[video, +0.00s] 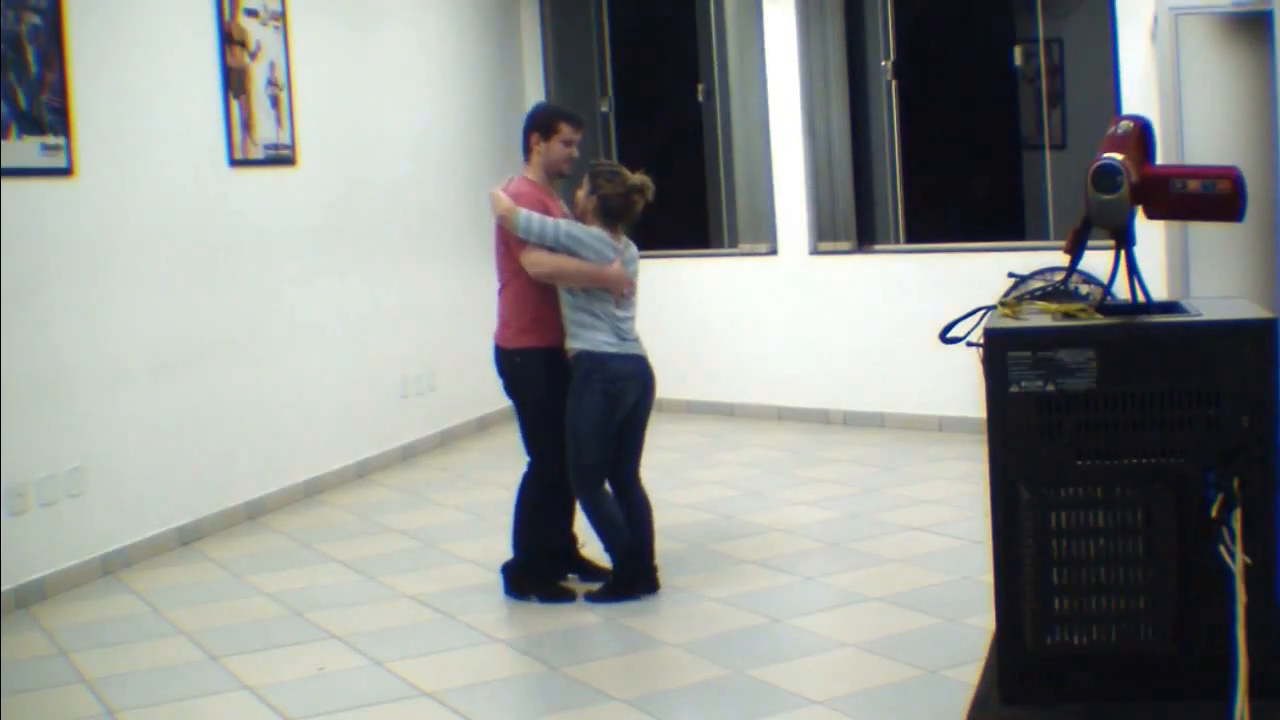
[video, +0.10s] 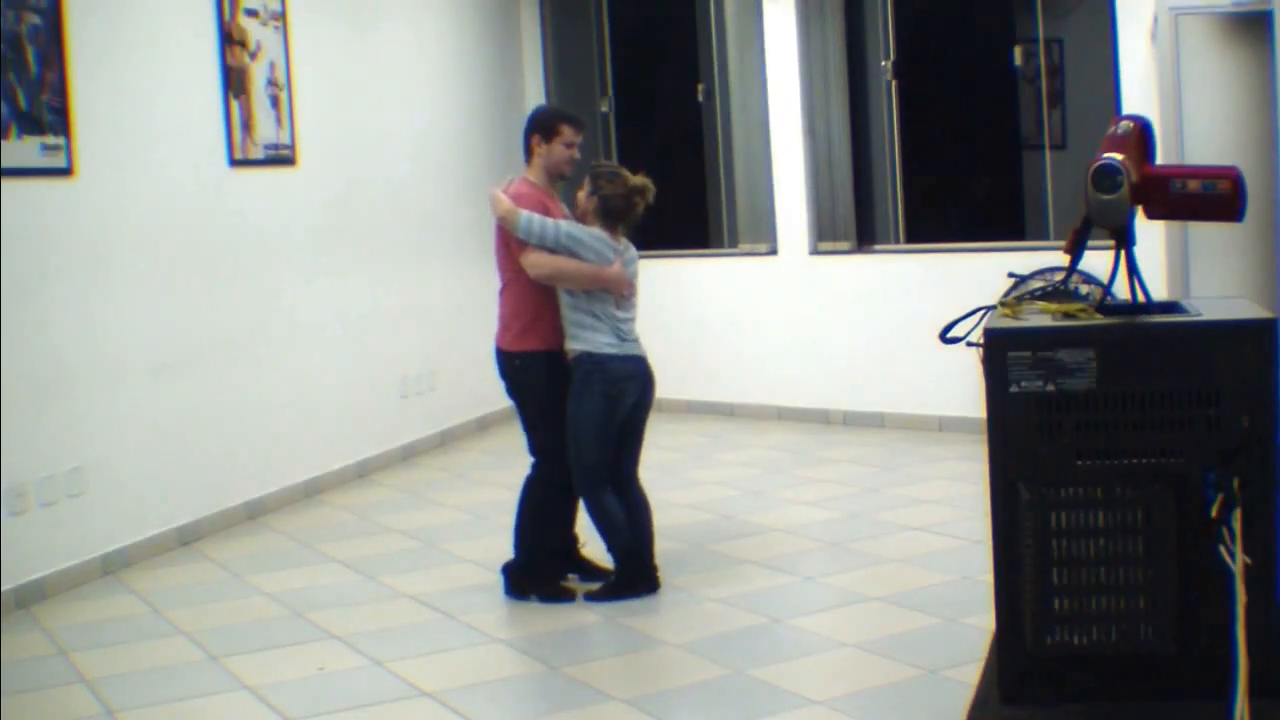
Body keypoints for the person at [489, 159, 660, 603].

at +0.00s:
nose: (575, 194)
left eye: (581, 189)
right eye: (578, 187)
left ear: (591, 201)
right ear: (624, 208)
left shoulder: (583, 239)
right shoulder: (628, 251)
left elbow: (511, 217)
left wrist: (497, 192)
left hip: (597, 371)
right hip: (636, 371)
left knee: (586, 478)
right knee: (625, 474)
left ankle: (630, 572)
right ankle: (642, 569)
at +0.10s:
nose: (576, 196)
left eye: (581, 190)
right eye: (579, 188)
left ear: (592, 202)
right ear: (624, 209)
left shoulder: (583, 239)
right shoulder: (627, 252)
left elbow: (511, 218)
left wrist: (497, 193)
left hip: (597, 371)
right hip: (636, 372)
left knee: (590, 475)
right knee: (623, 473)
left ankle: (632, 572)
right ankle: (642, 569)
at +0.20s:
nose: (575, 194)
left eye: (580, 189)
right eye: (578, 187)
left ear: (589, 202)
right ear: (623, 209)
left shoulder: (583, 239)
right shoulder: (626, 251)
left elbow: (509, 217)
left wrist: (498, 191)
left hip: (599, 371)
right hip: (636, 371)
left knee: (591, 476)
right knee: (624, 473)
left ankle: (631, 572)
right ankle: (641, 568)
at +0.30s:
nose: (572, 191)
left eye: (577, 186)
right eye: (575, 185)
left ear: (585, 200)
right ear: (622, 206)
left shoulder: (582, 239)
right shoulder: (626, 247)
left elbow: (507, 218)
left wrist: (496, 196)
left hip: (599, 367)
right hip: (637, 367)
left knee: (590, 473)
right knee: (624, 470)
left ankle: (628, 571)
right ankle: (641, 567)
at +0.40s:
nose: (570, 190)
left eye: (574, 185)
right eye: (572, 184)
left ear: (582, 198)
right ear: (620, 203)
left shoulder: (581, 240)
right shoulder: (626, 245)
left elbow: (500, 223)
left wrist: (491, 195)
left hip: (599, 365)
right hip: (636, 366)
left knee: (594, 473)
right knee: (623, 470)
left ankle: (627, 572)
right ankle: (640, 566)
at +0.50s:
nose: (567, 191)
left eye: (571, 185)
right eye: (569, 184)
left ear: (580, 197)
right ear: (619, 202)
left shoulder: (580, 242)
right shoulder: (627, 246)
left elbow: (502, 230)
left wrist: (488, 197)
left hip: (598, 367)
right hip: (635, 367)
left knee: (602, 474)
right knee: (618, 471)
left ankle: (629, 574)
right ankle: (639, 566)